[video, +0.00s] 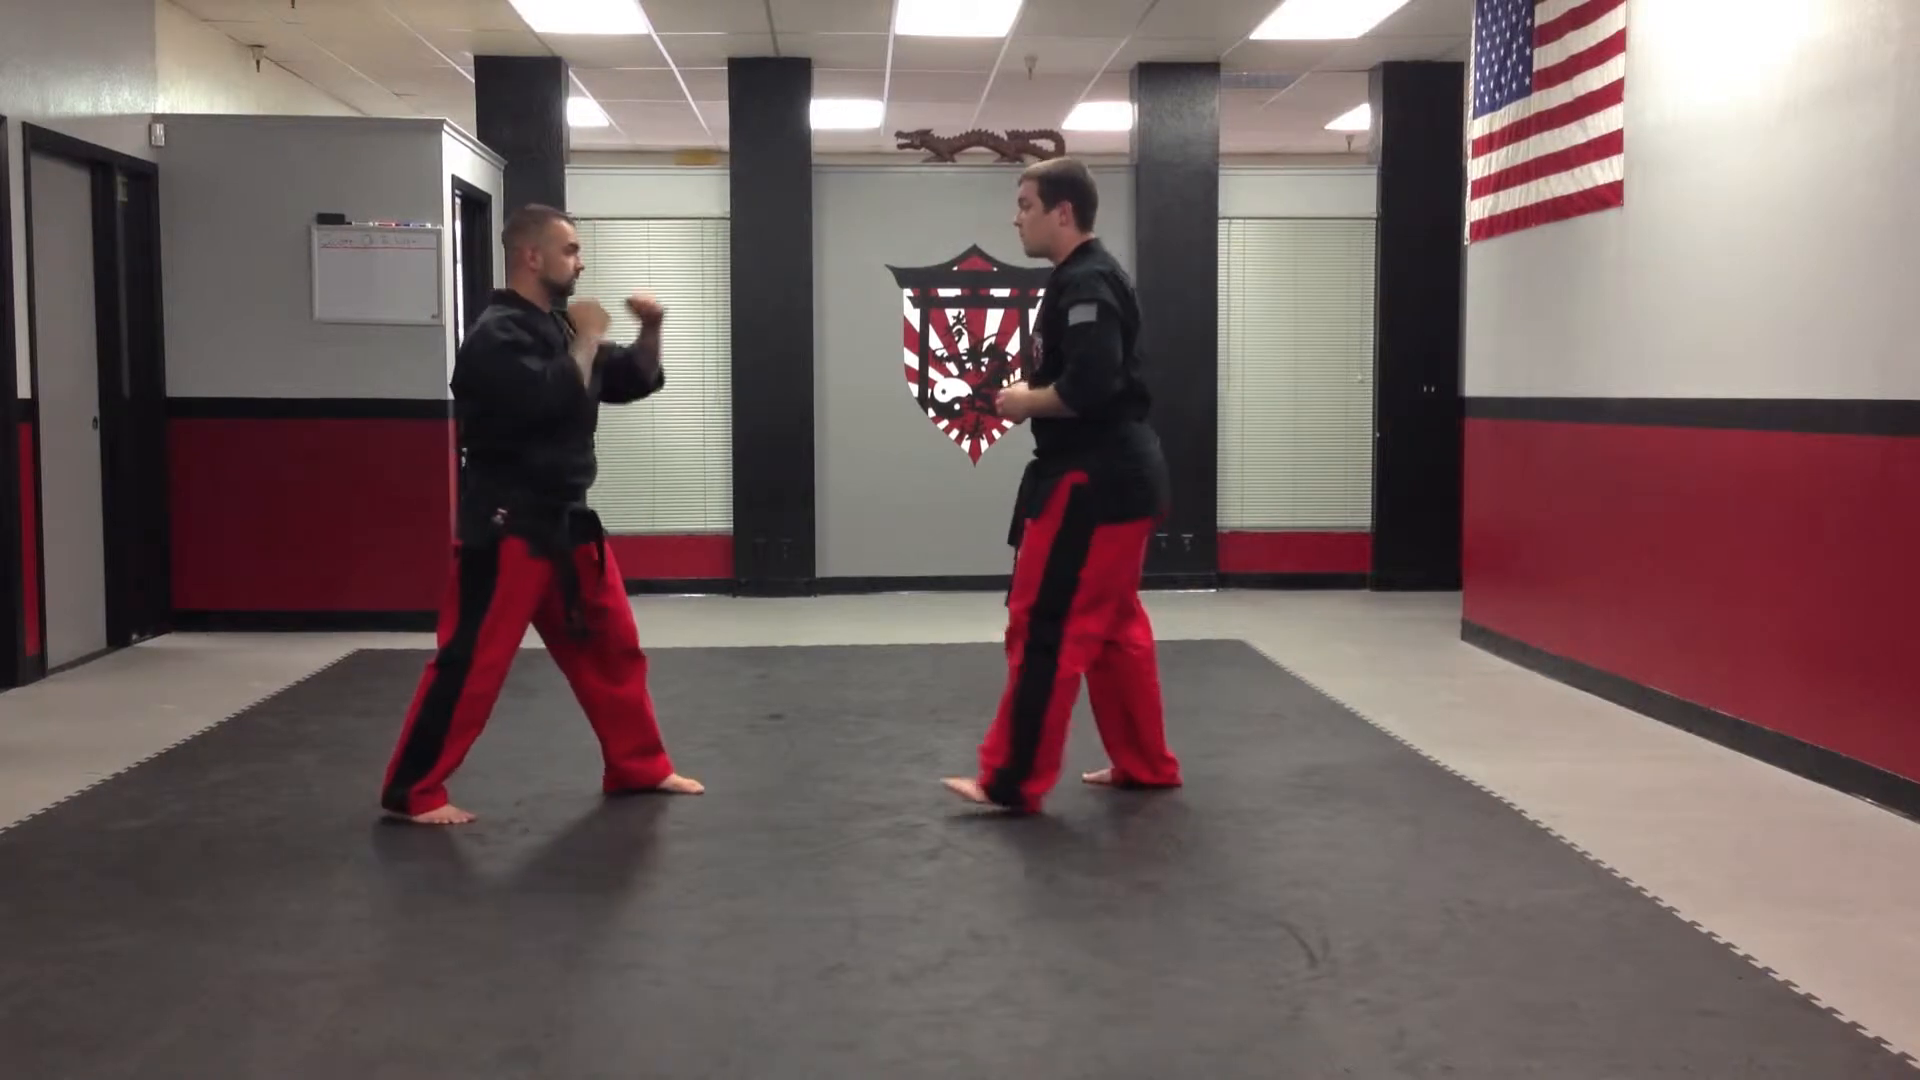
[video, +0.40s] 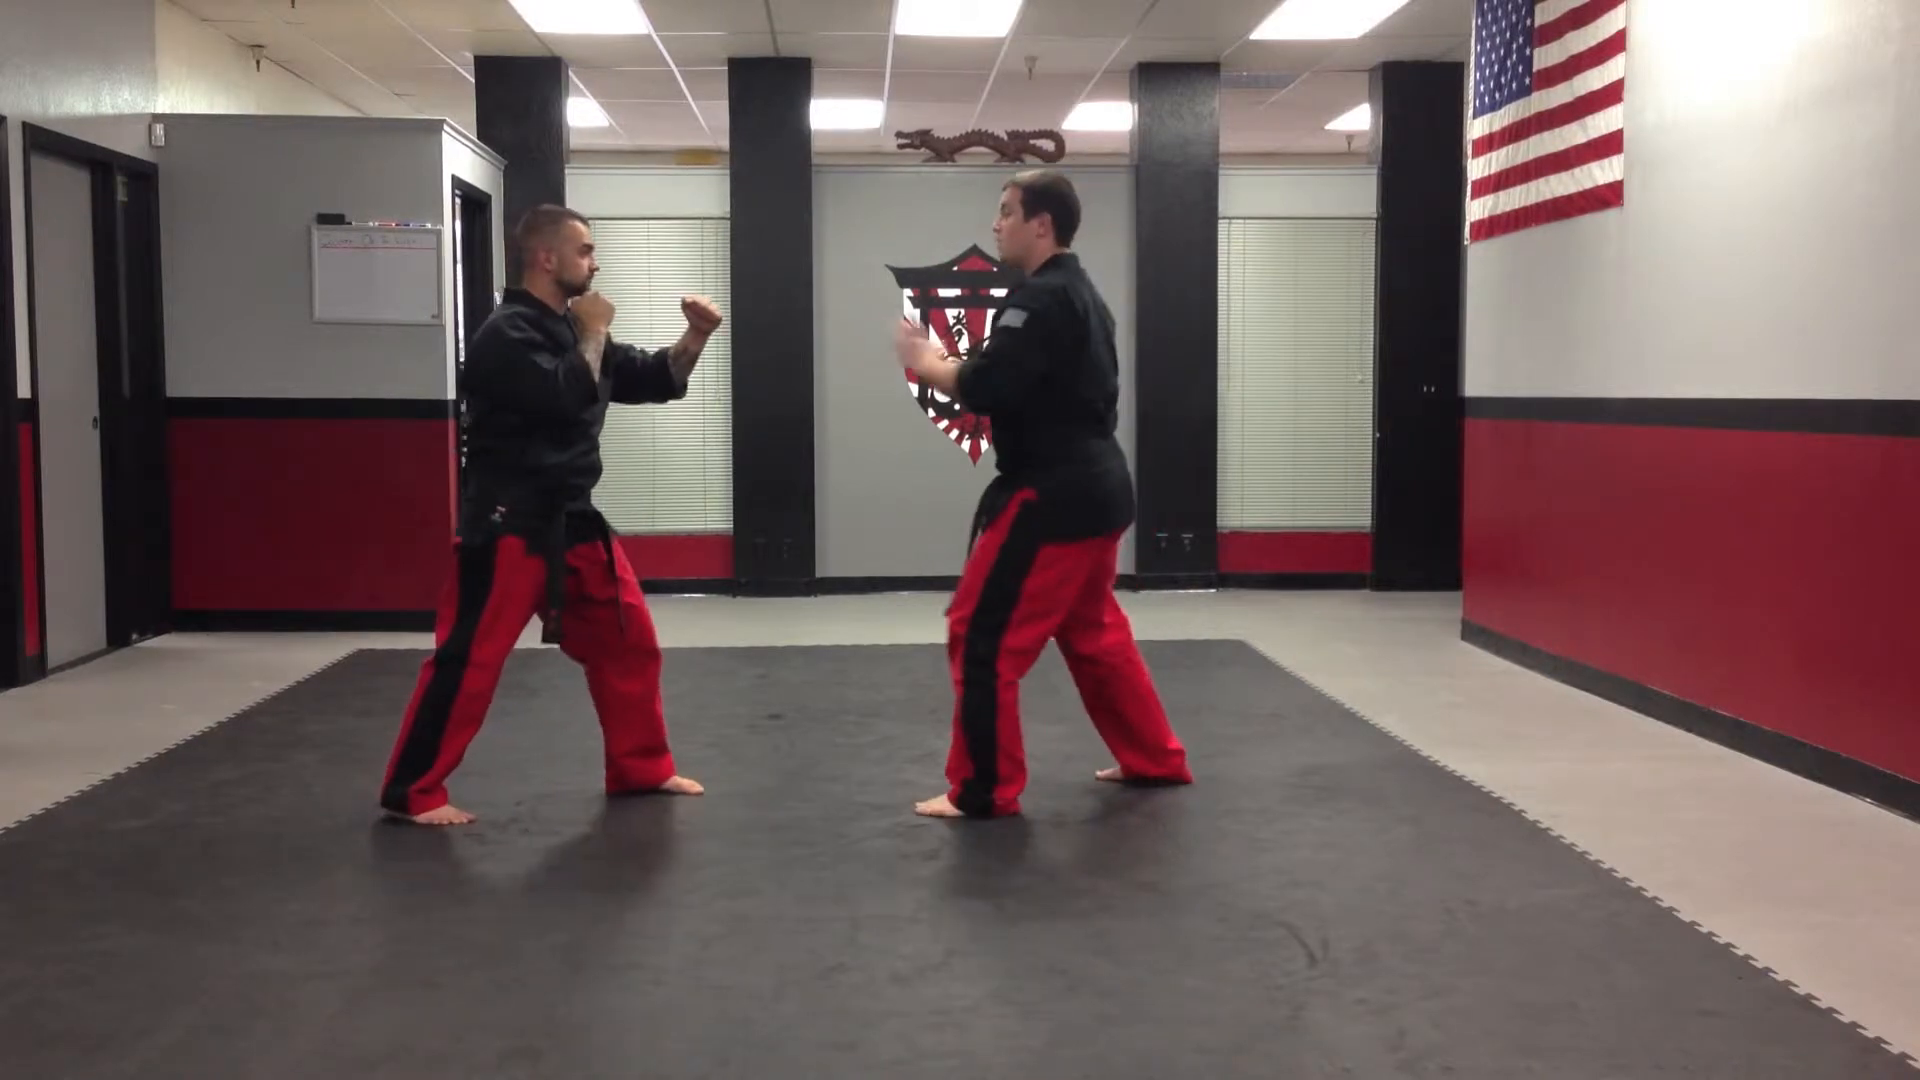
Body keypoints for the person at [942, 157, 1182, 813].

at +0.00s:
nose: (1018, 220)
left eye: (1026, 207)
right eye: (1019, 207)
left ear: (1063, 213)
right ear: (1066, 214)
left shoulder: (1086, 282)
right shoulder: (1082, 275)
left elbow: (1090, 387)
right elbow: (1079, 379)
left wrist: (1023, 401)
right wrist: (1024, 392)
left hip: (1092, 480)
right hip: (1116, 474)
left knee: (1043, 625)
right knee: (1113, 621)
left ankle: (1011, 783)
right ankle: (1145, 761)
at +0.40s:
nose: (994, 226)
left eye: (1005, 215)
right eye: (998, 214)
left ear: (1042, 226)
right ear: (1050, 228)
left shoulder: (1040, 295)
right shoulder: (1081, 293)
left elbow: (994, 384)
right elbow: (1047, 389)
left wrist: (926, 362)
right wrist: (966, 376)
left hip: (1047, 500)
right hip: (1096, 494)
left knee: (979, 636)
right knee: (1090, 627)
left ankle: (983, 792)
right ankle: (1154, 759)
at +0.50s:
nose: (997, 232)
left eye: (1006, 220)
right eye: (1000, 219)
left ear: (1043, 229)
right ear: (1050, 233)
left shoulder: (1043, 304)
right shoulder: (1082, 299)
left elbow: (953, 380)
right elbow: (1050, 393)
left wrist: (875, 370)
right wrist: (983, 403)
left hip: (1044, 503)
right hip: (1093, 496)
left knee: (970, 635)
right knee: (1087, 627)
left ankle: (984, 792)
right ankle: (1154, 759)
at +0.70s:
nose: (997, 237)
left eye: (1005, 223)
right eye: (999, 223)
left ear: (1041, 231)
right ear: (1055, 235)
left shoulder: (1033, 304)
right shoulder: (1094, 303)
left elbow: (934, 379)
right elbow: (1066, 395)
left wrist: (854, 373)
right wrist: (994, 405)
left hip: (1041, 505)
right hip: (1098, 499)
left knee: (964, 636)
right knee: (1095, 635)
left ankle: (983, 792)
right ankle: (1156, 761)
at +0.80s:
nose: (997, 236)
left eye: (1005, 223)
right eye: (1000, 223)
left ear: (1039, 231)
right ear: (1059, 234)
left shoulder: (1022, 304)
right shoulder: (1101, 306)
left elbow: (926, 376)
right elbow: (1073, 391)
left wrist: (846, 374)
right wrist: (996, 402)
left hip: (1041, 504)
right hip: (1107, 498)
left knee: (965, 635)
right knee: (1108, 635)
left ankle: (983, 792)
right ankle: (1158, 761)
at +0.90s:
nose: (1002, 236)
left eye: (1010, 224)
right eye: (1006, 224)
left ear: (1041, 231)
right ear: (1067, 234)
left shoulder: (1016, 304)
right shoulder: (1111, 307)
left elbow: (914, 368)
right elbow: (1094, 380)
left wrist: (841, 367)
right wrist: (1003, 389)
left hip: (1043, 506)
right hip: (1116, 502)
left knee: (972, 639)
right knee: (1126, 638)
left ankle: (984, 792)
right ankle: (1176, 764)